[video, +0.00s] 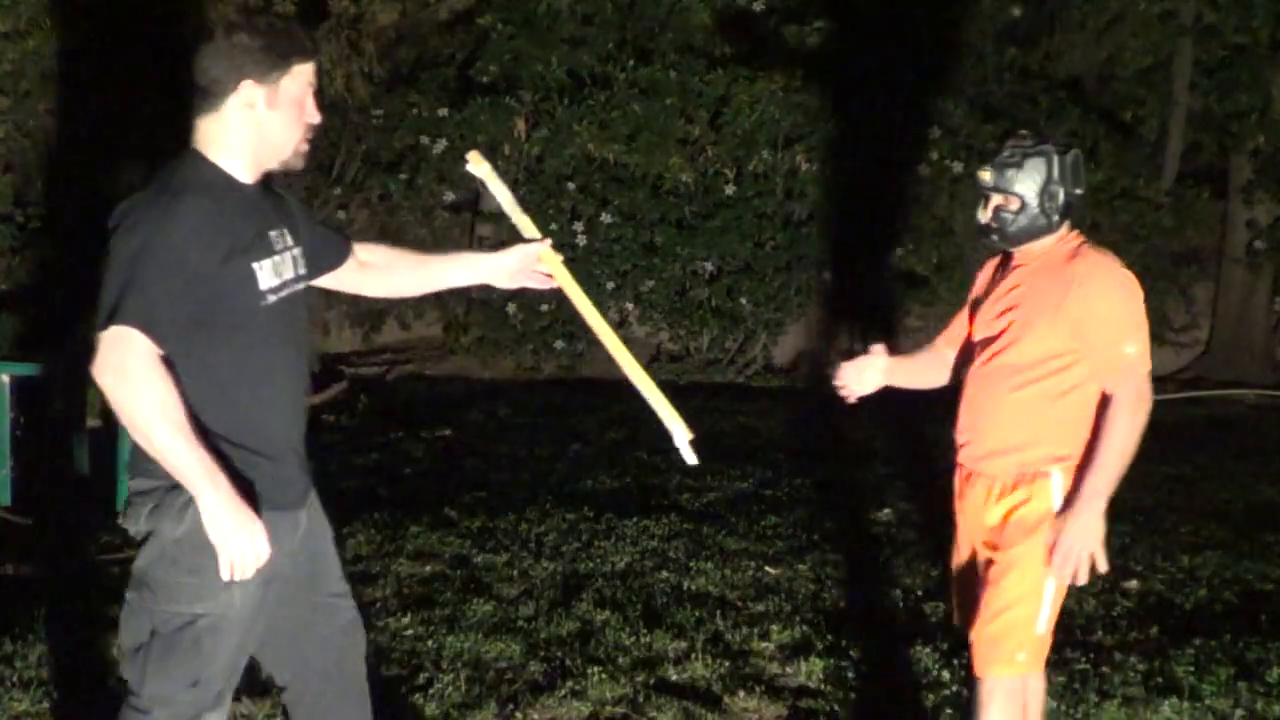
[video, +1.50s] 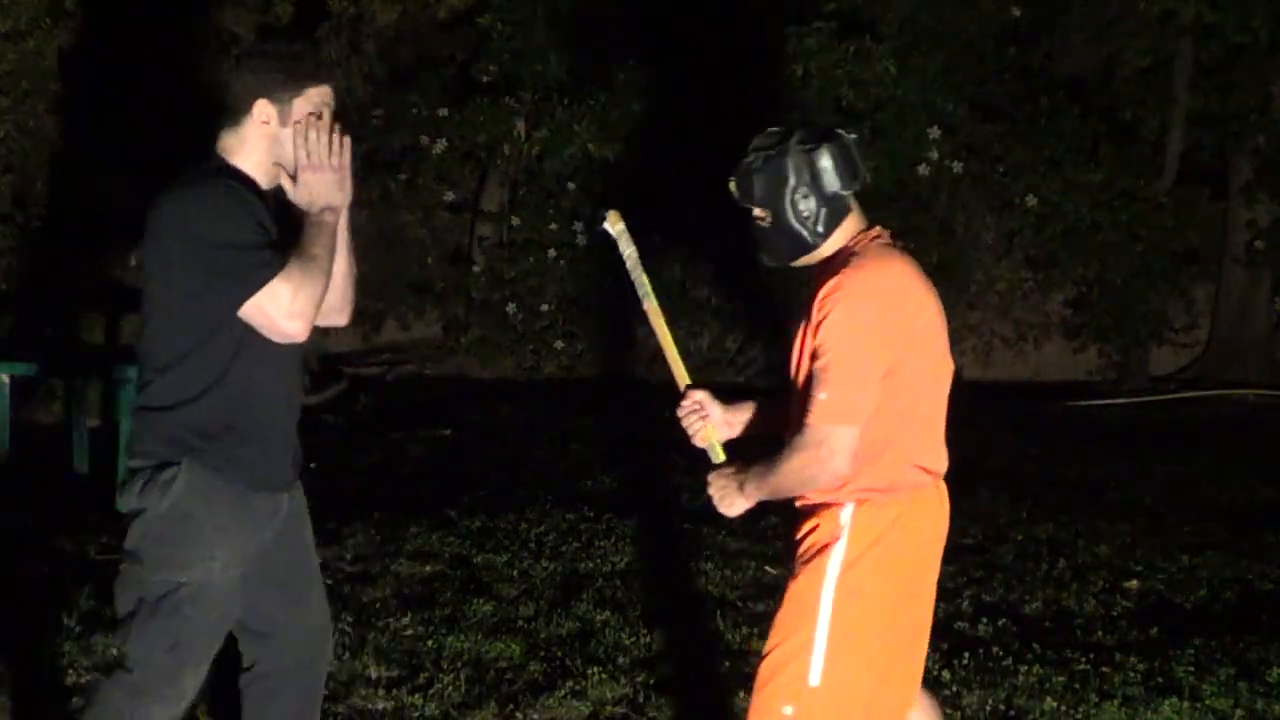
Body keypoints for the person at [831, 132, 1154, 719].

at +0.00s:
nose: (994, 210)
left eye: (1012, 197)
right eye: (992, 194)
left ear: (1052, 201)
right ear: (990, 192)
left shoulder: (1103, 280)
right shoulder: (995, 274)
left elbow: (1133, 399)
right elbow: (946, 360)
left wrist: (1090, 507)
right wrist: (887, 370)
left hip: (1042, 497)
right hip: (974, 491)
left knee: (1000, 666)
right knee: (1007, 662)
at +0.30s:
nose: (939, 203)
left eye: (956, 190)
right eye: (937, 186)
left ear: (1003, 195)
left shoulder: (1056, 279)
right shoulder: (942, 262)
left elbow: (1066, 407)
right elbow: (868, 343)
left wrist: (973, 506)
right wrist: (760, 370)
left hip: (994, 502)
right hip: (914, 490)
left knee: (963, 677)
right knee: (877, 636)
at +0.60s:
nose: (875, 208)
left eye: (893, 195)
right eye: (872, 191)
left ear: (941, 195)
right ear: (871, 190)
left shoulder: (996, 277)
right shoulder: (876, 266)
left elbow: (969, 410)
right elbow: (830, 371)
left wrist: (842, 431)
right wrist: (763, 382)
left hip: (933, 501)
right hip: (852, 492)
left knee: (900, 689)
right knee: (832, 671)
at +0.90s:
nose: (805, 214)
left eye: (815, 198)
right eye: (801, 199)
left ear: (858, 192)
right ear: (858, 193)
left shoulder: (912, 269)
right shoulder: (866, 272)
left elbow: (875, 412)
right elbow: (824, 393)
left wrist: (759, 439)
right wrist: (753, 394)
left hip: (870, 509)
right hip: (833, 504)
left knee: (803, 697)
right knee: (818, 697)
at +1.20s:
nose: (748, 216)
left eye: (750, 200)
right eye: (743, 202)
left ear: (781, 195)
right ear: (820, 177)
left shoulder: (831, 278)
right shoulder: (882, 255)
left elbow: (765, 433)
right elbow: (801, 380)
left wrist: (689, 449)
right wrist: (701, 380)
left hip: (843, 514)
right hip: (885, 507)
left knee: (784, 702)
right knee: (843, 701)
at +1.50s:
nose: (756, 223)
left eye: (762, 208)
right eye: (754, 209)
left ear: (799, 206)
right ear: (827, 195)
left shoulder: (858, 290)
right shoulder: (875, 274)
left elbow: (828, 455)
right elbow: (828, 407)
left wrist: (749, 484)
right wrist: (737, 418)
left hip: (865, 527)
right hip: (887, 519)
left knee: (797, 703)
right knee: (884, 689)